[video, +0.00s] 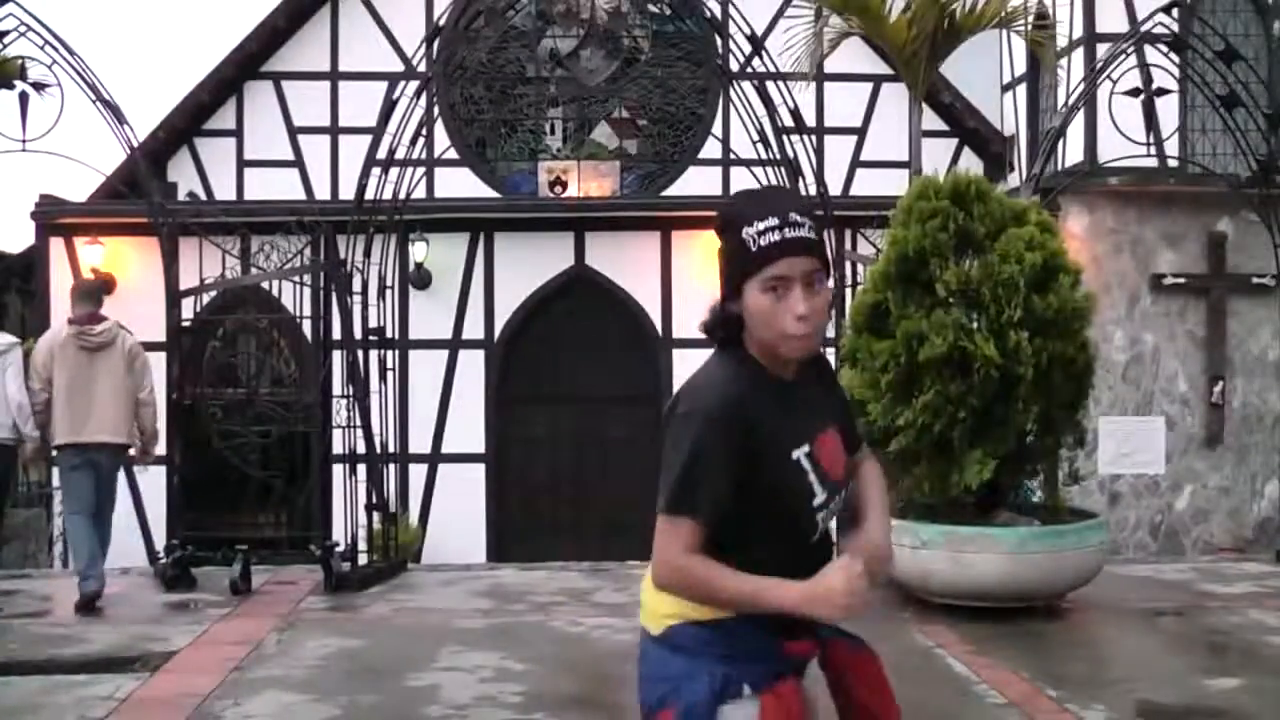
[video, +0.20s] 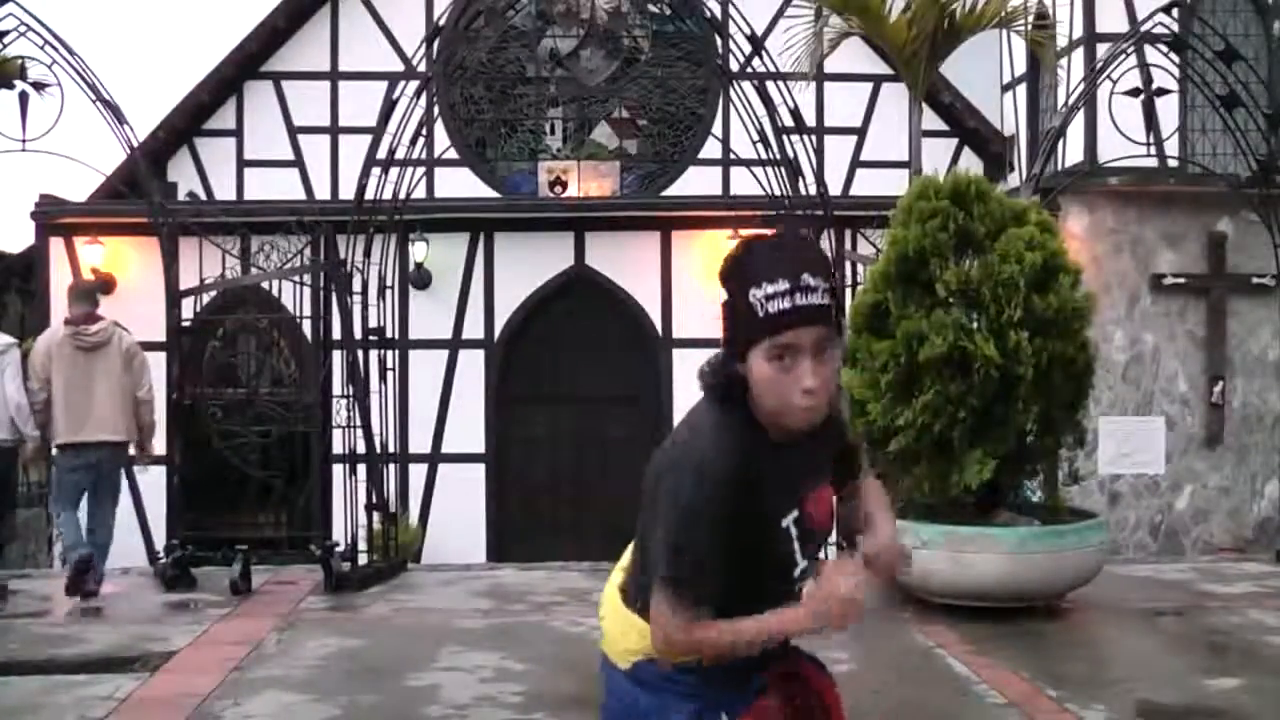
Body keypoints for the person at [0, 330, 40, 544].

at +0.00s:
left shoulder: (11, 347)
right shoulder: (10, 347)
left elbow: (15, 395)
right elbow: (15, 394)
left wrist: (30, 434)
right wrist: (31, 434)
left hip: (7, 441)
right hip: (5, 441)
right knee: (4, 508)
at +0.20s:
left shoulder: (9, 349)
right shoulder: (8, 348)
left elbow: (14, 397)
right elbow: (14, 396)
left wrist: (30, 433)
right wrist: (31, 433)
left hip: (7, 443)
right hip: (5, 442)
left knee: (7, 515)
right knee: (6, 515)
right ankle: (2, 576)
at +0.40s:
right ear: (4, 318)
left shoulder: (9, 351)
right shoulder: (8, 350)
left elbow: (17, 400)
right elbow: (17, 401)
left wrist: (31, 433)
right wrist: (32, 434)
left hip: (8, 444)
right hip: (6, 443)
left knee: (7, 516)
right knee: (6, 516)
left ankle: (5, 579)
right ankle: (4, 579)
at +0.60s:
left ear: (6, 329)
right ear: (6, 326)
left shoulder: (14, 355)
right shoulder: (13, 355)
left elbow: (24, 404)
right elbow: (25, 404)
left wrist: (38, 434)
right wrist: (39, 434)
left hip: (9, 447)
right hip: (7, 446)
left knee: (7, 516)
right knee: (6, 516)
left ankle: (4, 575)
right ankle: (3, 576)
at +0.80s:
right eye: (16, 320)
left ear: (3, 328)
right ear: (18, 327)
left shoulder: (19, 358)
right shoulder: (20, 358)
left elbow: (27, 403)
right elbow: (27, 402)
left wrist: (40, 435)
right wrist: (41, 435)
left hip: (12, 442)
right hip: (12, 442)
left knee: (8, 514)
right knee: (8, 514)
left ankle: (5, 579)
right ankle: (4, 579)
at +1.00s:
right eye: (21, 314)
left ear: (4, 320)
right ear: (22, 320)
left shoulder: (22, 349)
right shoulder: (25, 349)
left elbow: (31, 397)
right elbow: (31, 397)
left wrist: (42, 429)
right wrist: (43, 429)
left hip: (12, 436)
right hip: (14, 437)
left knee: (11, 508)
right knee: (10, 509)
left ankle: (6, 578)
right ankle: (5, 578)